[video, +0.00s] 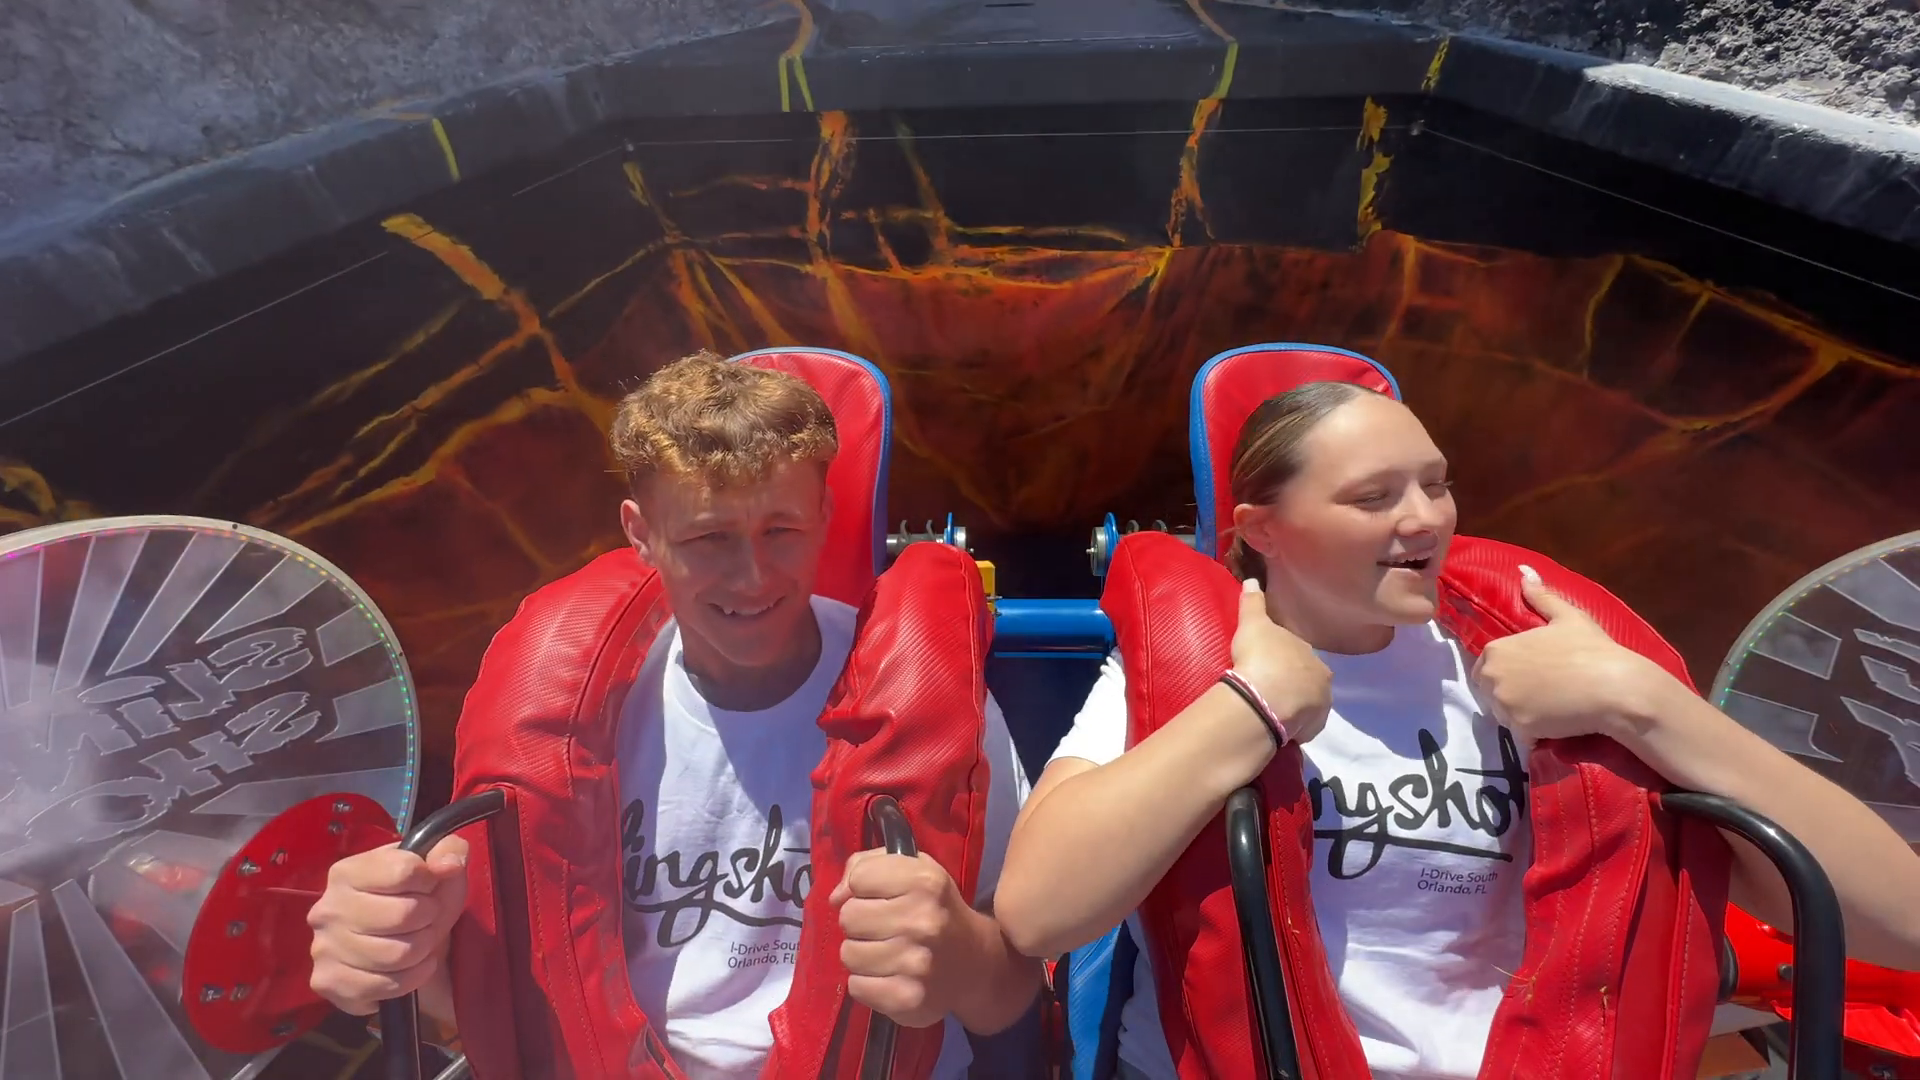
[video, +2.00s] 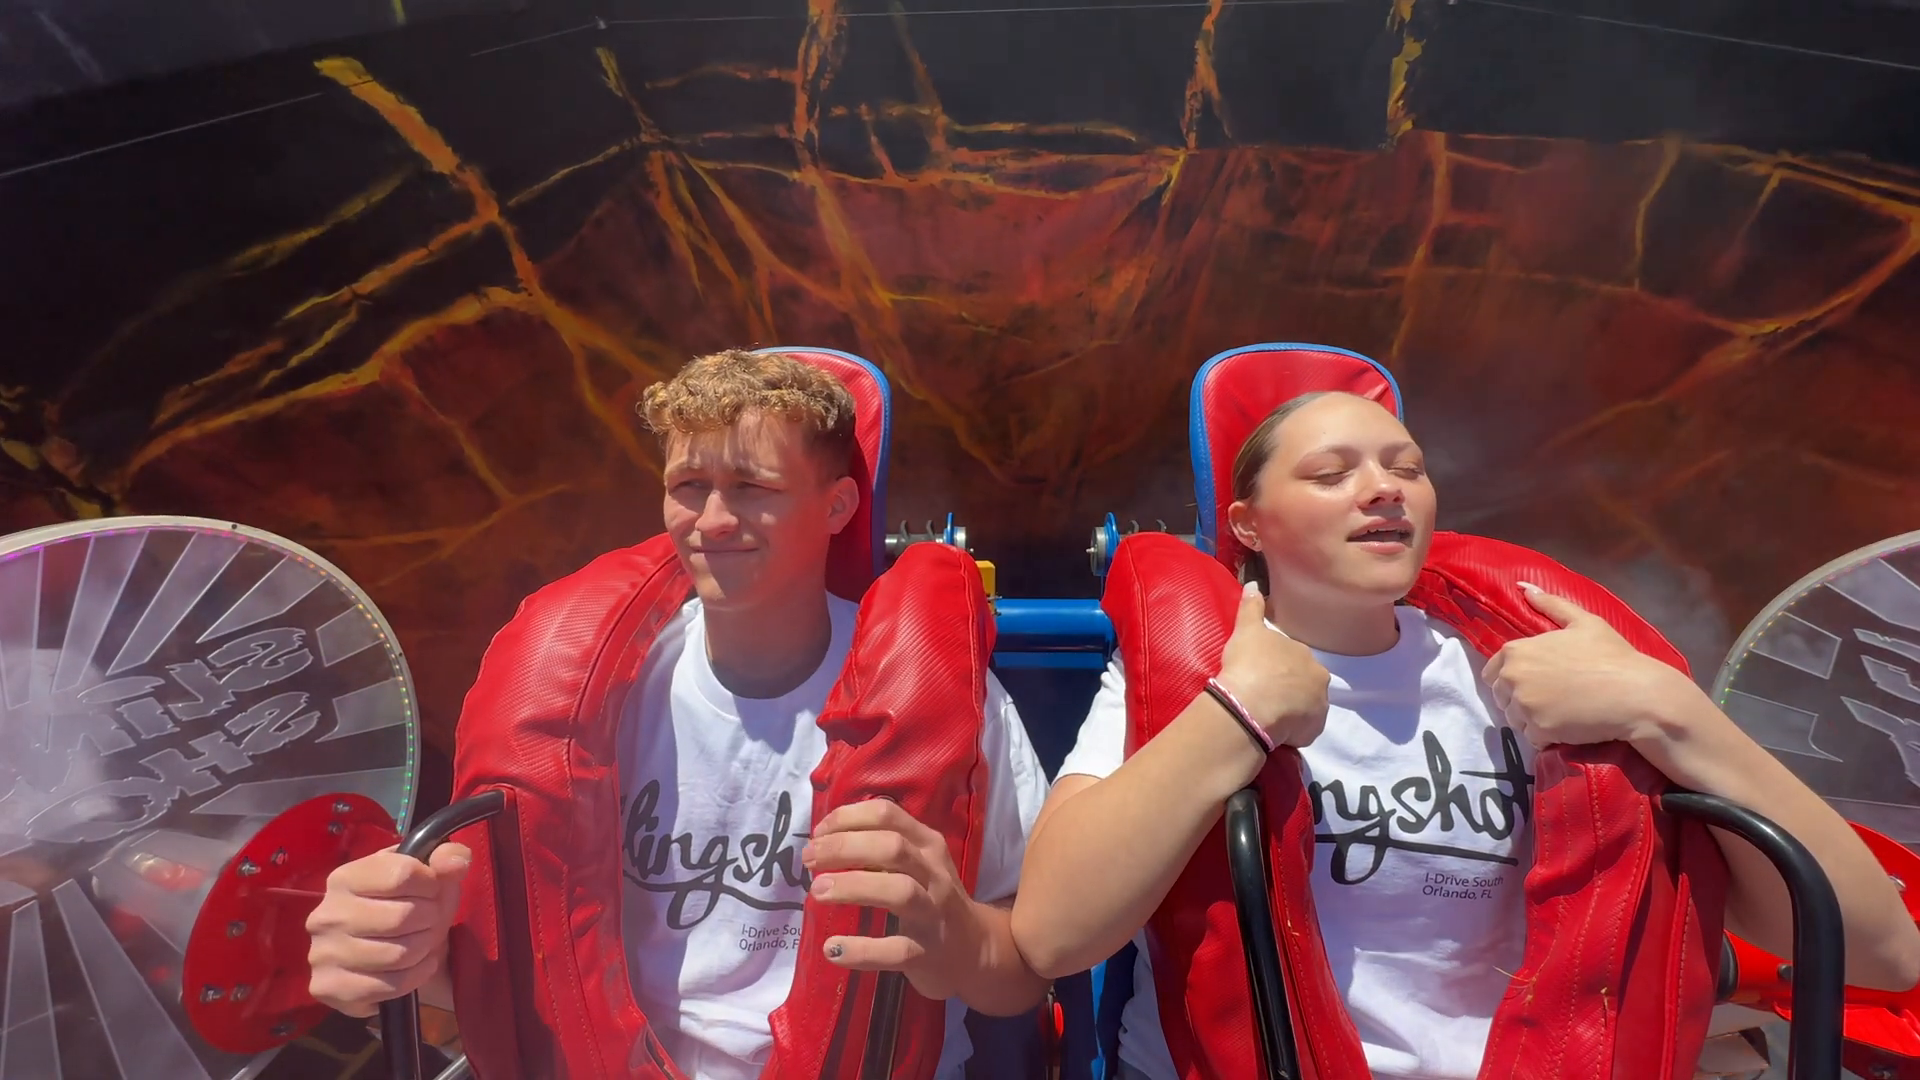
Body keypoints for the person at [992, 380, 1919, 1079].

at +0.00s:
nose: (1429, 521)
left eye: (1434, 484)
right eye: (1376, 497)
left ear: (1450, 485)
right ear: (1257, 528)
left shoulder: (1530, 670)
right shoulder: (1176, 672)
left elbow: (1902, 918)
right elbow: (1035, 915)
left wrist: (1642, 703)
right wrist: (1250, 711)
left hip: (1532, 1066)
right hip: (1301, 1067)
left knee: (1749, 1054)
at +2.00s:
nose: (1386, 489)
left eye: (1402, 463)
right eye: (1332, 471)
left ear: (1432, 494)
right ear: (1250, 524)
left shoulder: (1537, 677)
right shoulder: (1172, 678)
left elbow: (1883, 947)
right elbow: (1048, 939)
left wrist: (1666, 706)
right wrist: (1239, 718)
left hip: (1526, 1065)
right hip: (1293, 1066)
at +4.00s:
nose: (1384, 482)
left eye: (1400, 458)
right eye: (1329, 468)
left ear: (1431, 489)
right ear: (1244, 523)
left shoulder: (1524, 670)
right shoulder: (1175, 667)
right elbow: (1087, 953)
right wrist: (1164, 914)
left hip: (1508, 1068)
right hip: (1289, 1066)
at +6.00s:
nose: (1384, 479)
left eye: (1401, 455)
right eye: (1330, 464)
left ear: (1433, 489)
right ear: (1244, 522)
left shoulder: (1524, 670)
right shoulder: (1172, 668)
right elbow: (1085, 956)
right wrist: (1161, 911)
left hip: (1506, 1066)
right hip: (1290, 1065)